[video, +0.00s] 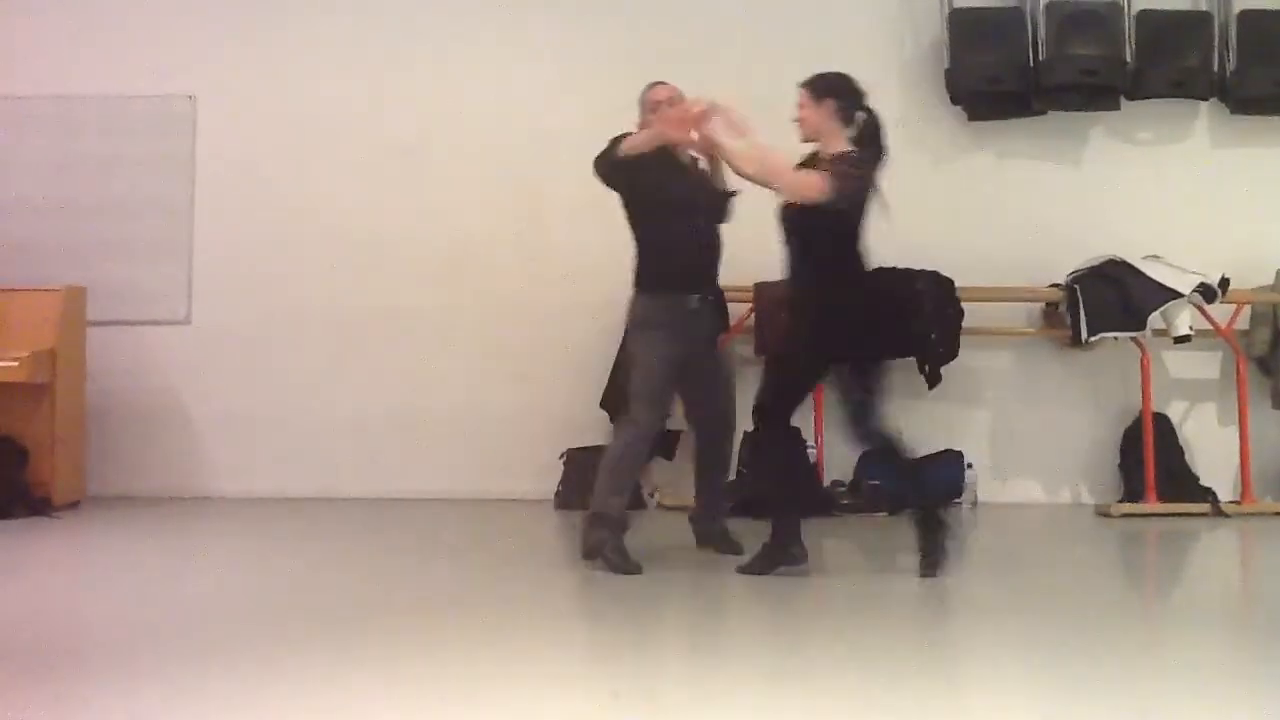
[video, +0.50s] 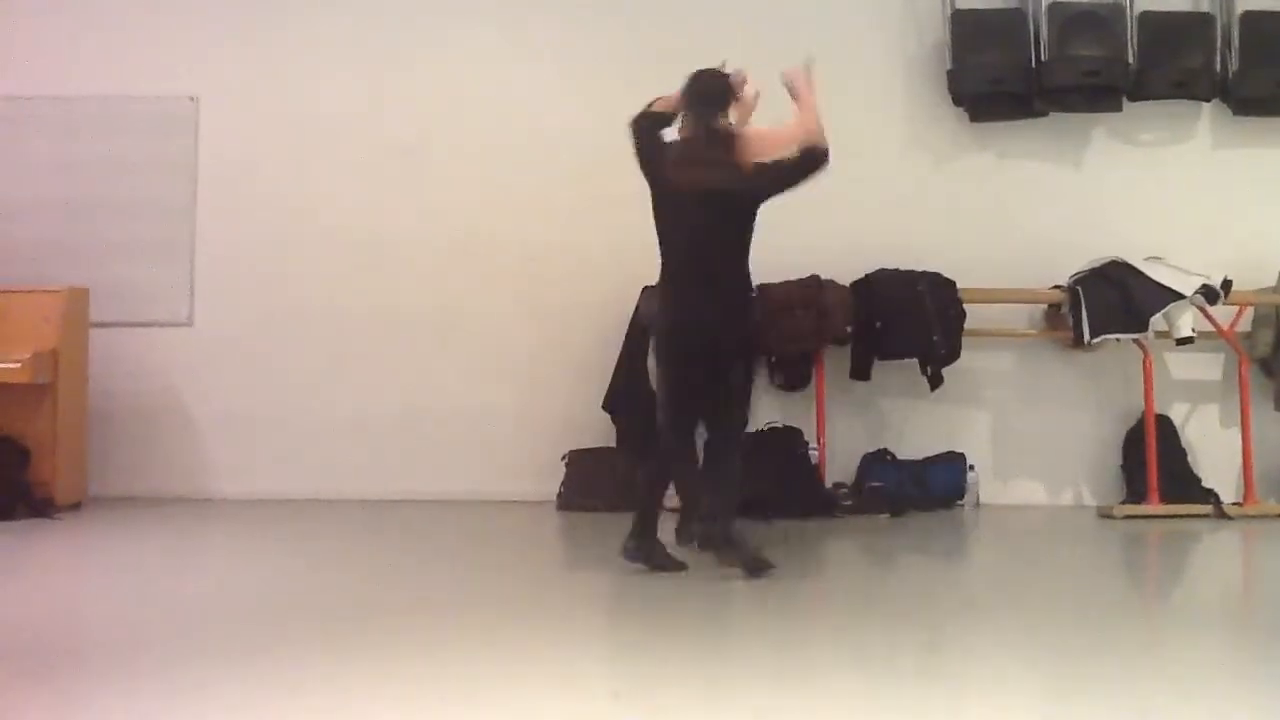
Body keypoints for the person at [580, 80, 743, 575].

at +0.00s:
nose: (672, 110)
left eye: (677, 103)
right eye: (660, 104)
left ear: (688, 113)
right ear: (643, 119)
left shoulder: (692, 168)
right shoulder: (633, 162)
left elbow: (720, 210)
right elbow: (606, 165)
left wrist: (713, 157)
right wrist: (663, 133)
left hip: (703, 311)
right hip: (657, 311)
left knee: (716, 421)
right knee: (641, 421)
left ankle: (710, 523)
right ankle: (603, 531)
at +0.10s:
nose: (692, 114)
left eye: (695, 108)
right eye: (681, 107)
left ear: (703, 119)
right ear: (659, 122)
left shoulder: (720, 176)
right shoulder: (652, 175)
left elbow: (764, 196)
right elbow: (596, 178)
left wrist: (742, 151)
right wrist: (624, 134)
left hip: (712, 312)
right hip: (664, 310)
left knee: (724, 418)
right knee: (681, 415)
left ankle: (711, 523)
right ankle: (625, 512)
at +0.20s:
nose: (694, 116)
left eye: (701, 108)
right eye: (684, 110)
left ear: (716, 122)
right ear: (668, 124)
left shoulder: (731, 179)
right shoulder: (655, 174)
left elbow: (751, 238)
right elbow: (594, 177)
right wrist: (614, 129)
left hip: (717, 307)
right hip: (665, 306)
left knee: (722, 413)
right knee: (698, 403)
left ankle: (711, 521)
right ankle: (643, 486)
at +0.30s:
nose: (700, 112)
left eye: (707, 106)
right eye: (690, 108)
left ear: (723, 121)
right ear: (674, 126)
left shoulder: (742, 168)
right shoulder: (662, 171)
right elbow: (599, 164)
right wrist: (626, 115)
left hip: (728, 302)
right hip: (672, 303)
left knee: (721, 411)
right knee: (695, 404)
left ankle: (708, 516)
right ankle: (660, 477)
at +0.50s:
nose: (746, 113)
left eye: (743, 104)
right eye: (742, 107)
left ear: (686, 115)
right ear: (730, 118)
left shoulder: (664, 167)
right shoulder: (746, 181)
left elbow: (643, 126)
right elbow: (816, 155)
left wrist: (678, 103)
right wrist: (804, 100)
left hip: (676, 316)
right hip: (728, 317)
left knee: (671, 428)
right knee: (727, 429)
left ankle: (642, 534)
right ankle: (719, 529)